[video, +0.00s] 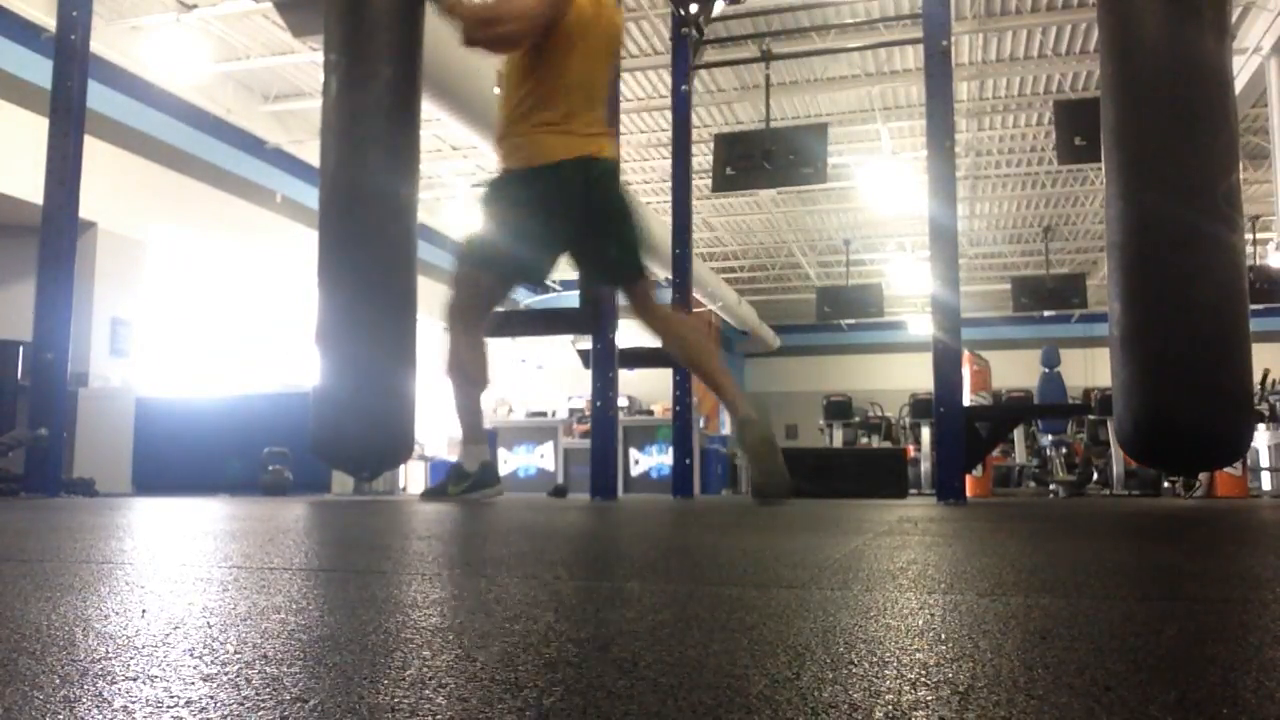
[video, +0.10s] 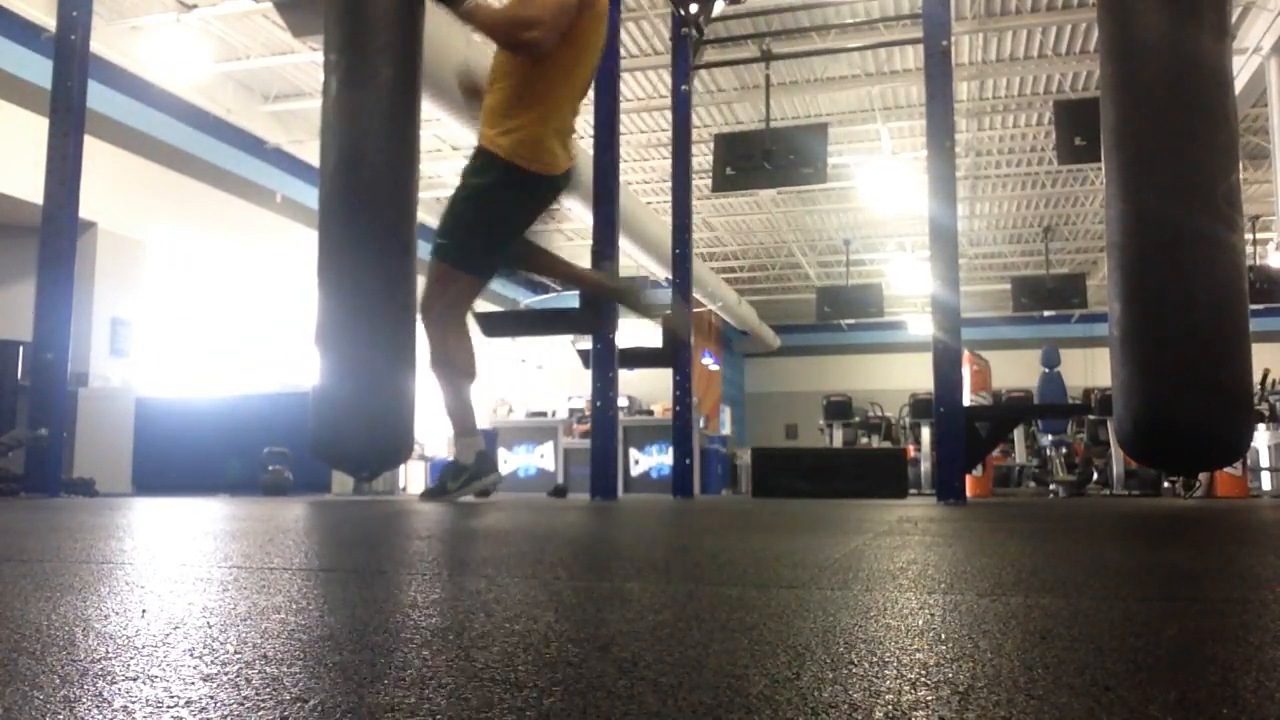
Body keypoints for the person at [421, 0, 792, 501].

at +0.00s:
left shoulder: (548, 1)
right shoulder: (605, 8)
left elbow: (496, 28)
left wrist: (451, 8)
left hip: (531, 181)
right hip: (596, 178)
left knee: (464, 315)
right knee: (651, 308)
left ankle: (475, 459)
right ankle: (745, 414)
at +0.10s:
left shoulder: (569, 1)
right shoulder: (588, 9)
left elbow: (535, 33)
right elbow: (562, 75)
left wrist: (464, 7)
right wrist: (494, 91)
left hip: (511, 156)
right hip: (542, 159)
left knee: (441, 307)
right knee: (492, 242)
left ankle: (469, 452)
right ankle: (608, 286)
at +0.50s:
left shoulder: (496, 1)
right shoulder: (579, 10)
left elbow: (427, 26)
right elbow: (570, 112)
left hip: (485, 161)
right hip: (548, 165)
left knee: (447, 316)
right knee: (523, 289)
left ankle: (466, 461)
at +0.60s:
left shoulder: (511, 2)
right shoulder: (586, 8)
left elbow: (449, 28)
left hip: (504, 158)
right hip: (568, 159)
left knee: (469, 315)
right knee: (578, 312)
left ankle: (466, 458)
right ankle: (638, 439)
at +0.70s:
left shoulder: (523, 1)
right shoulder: (589, 9)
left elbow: (476, 39)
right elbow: (534, 73)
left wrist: (436, 23)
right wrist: (478, 47)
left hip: (529, 140)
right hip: (594, 142)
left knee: (460, 290)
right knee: (612, 311)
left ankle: (492, 434)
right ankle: (647, 463)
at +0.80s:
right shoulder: (591, 9)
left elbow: (494, 29)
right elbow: (564, 82)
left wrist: (460, 52)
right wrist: (490, 78)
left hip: (540, 133)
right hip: (602, 140)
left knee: (456, 277)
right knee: (614, 311)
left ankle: (542, 395)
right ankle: (648, 464)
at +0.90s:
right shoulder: (589, 9)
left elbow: (489, 14)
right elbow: (604, 91)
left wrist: (460, 50)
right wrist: (502, 96)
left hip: (538, 125)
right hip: (597, 142)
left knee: (473, 264)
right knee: (601, 308)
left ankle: (521, 413)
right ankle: (647, 463)